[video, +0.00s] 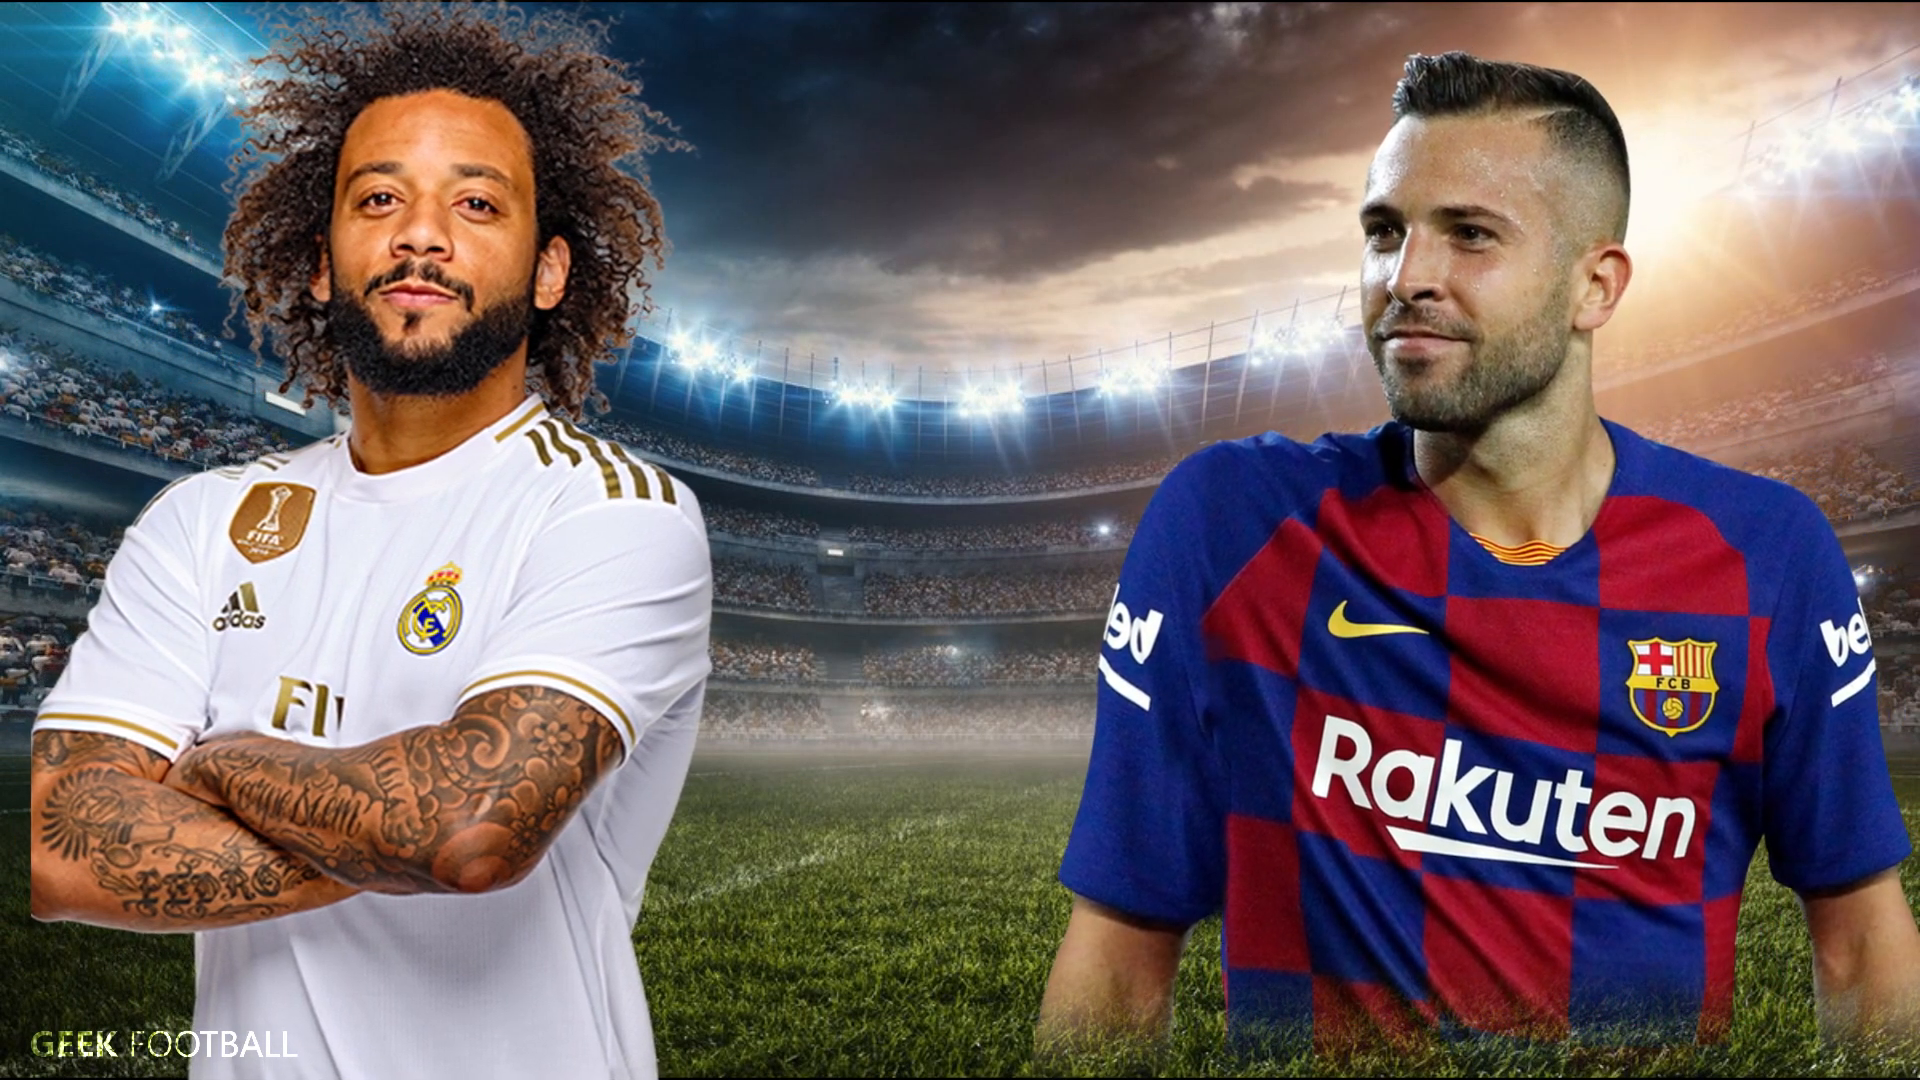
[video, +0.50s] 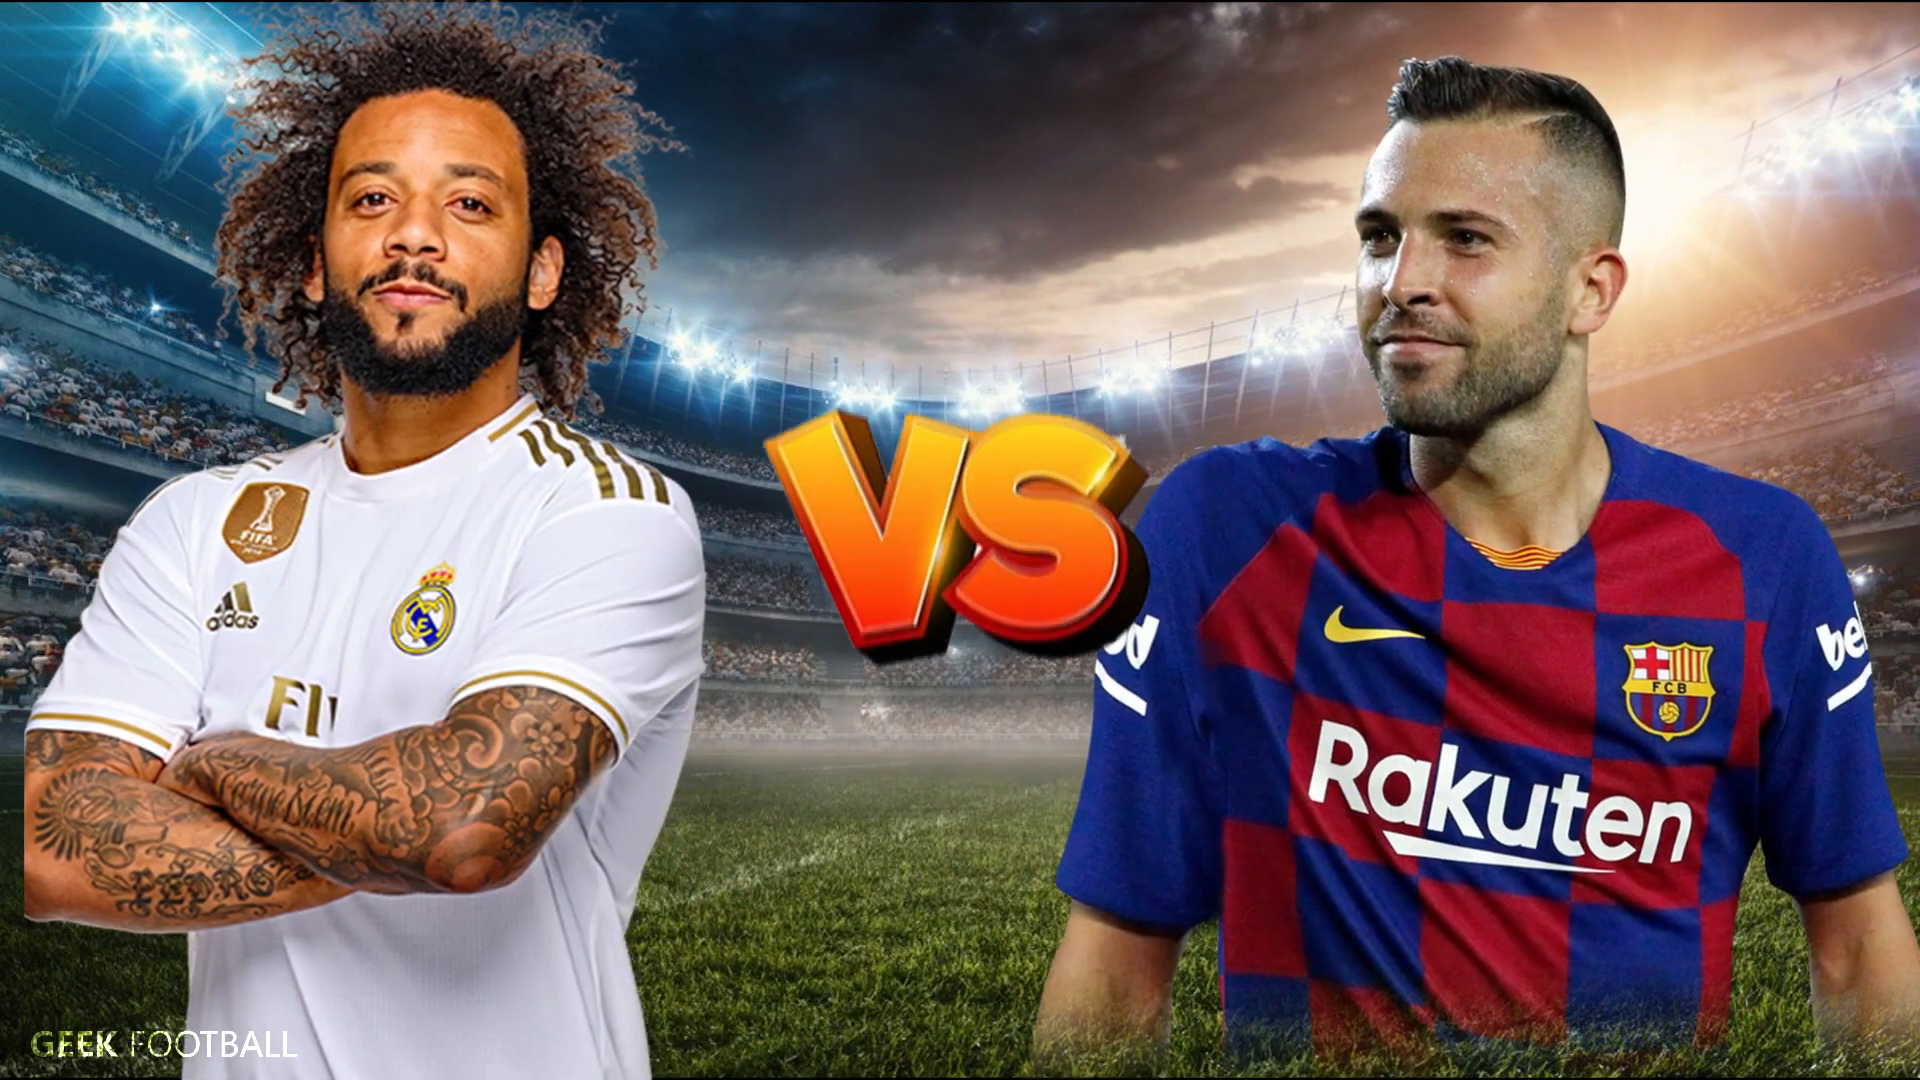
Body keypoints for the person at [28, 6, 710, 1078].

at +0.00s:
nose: (422, 238)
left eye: (478, 204)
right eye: (379, 199)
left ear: (546, 273)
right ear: (325, 260)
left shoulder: (621, 518)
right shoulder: (201, 522)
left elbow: (475, 825)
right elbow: (73, 856)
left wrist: (210, 761)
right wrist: (396, 829)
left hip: (531, 1063)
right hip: (252, 1062)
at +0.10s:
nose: (421, 238)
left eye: (476, 204)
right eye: (378, 199)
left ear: (545, 273)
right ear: (324, 260)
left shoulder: (619, 518)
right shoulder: (199, 522)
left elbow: (474, 825)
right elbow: (72, 856)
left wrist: (209, 760)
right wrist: (395, 828)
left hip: (531, 1063)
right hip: (251, 1062)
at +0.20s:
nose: (418, 237)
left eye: (474, 204)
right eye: (377, 199)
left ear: (543, 274)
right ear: (321, 264)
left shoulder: (607, 503)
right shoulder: (197, 524)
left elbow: (474, 826)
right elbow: (66, 853)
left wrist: (204, 761)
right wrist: (385, 834)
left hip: (528, 1063)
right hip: (252, 1062)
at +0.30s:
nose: (419, 237)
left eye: (474, 204)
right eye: (375, 200)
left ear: (542, 273)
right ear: (322, 261)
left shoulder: (617, 517)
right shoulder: (196, 522)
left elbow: (471, 825)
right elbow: (69, 856)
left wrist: (208, 759)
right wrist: (390, 830)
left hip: (529, 1063)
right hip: (249, 1062)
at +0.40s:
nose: (416, 238)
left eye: (472, 203)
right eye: (374, 199)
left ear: (541, 273)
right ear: (320, 260)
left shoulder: (615, 517)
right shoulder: (196, 522)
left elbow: (469, 825)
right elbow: (68, 857)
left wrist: (207, 760)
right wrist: (389, 831)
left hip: (527, 1064)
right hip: (247, 1062)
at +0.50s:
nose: (415, 238)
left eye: (471, 204)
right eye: (372, 199)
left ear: (539, 273)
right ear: (319, 259)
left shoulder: (614, 517)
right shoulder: (194, 522)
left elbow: (468, 825)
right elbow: (67, 857)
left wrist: (205, 760)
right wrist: (389, 830)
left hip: (526, 1064)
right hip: (246, 1063)